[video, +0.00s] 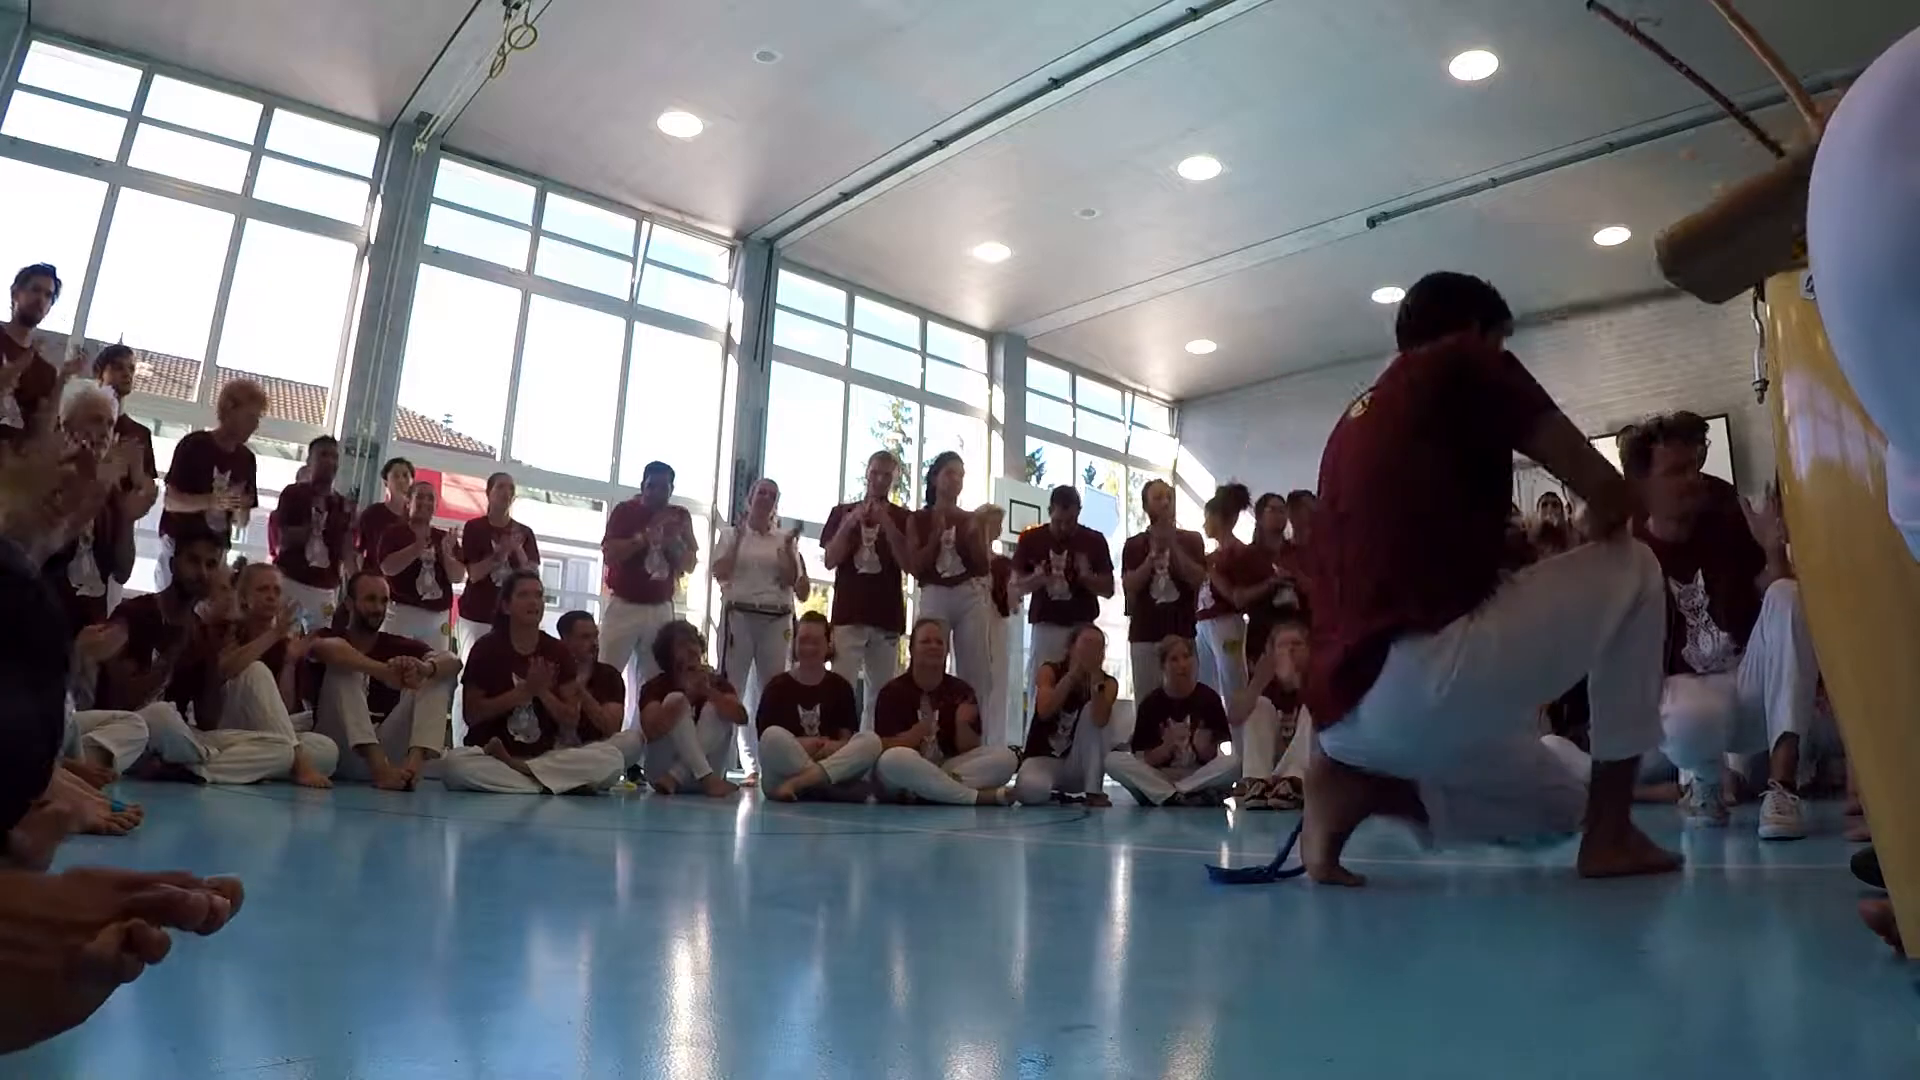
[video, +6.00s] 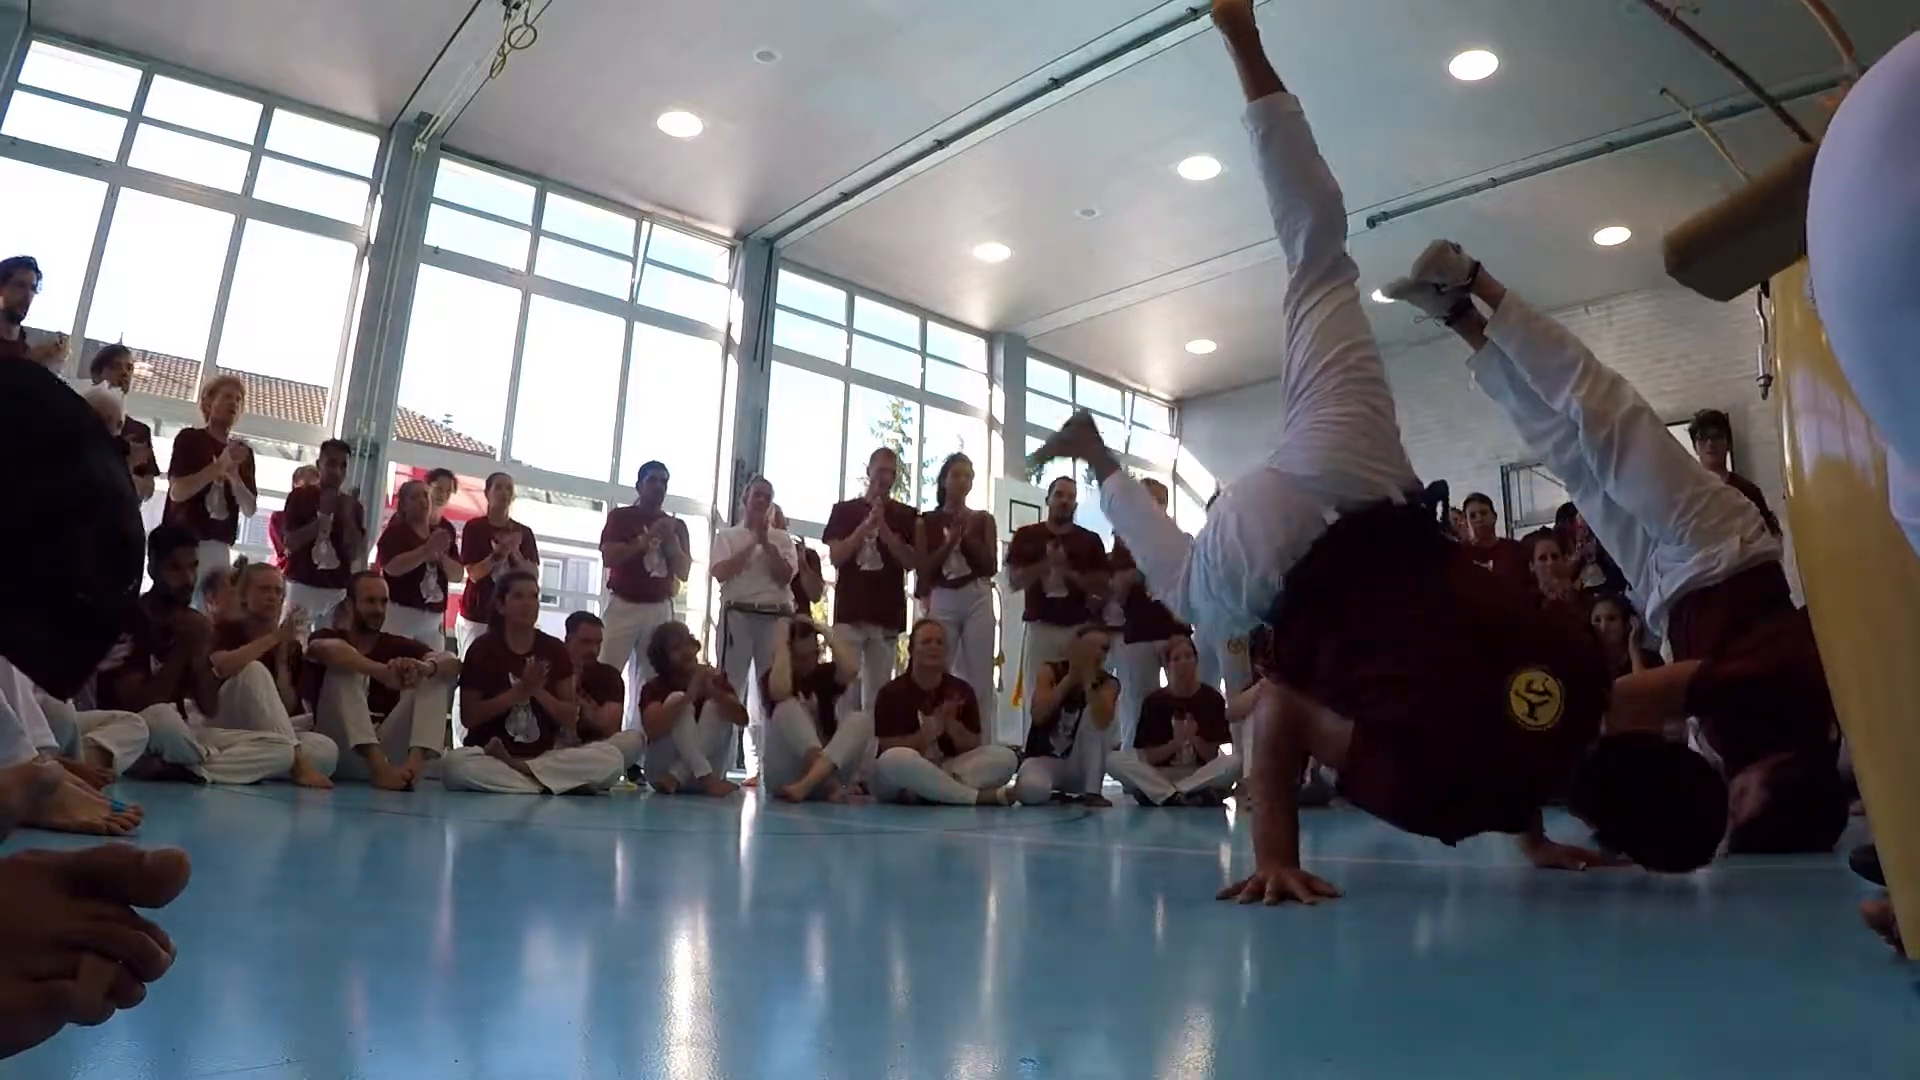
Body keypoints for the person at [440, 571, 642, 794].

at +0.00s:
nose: (534, 602)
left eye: (539, 596)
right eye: (524, 596)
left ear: (545, 603)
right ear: (506, 605)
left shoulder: (558, 650)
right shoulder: (485, 648)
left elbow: (571, 718)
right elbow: (472, 714)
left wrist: (542, 691)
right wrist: (525, 691)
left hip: (547, 756)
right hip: (489, 755)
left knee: (612, 759)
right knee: (453, 765)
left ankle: (523, 766)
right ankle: (549, 786)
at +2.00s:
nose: (531, 601)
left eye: (536, 594)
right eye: (521, 594)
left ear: (542, 602)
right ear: (503, 604)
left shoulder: (558, 648)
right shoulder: (483, 647)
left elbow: (572, 717)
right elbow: (470, 714)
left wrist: (539, 689)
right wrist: (522, 690)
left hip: (545, 756)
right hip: (489, 755)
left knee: (612, 758)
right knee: (455, 766)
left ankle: (523, 766)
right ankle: (549, 786)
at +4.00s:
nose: (531, 602)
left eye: (535, 595)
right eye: (521, 595)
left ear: (541, 602)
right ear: (501, 604)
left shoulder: (556, 649)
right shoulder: (482, 648)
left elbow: (571, 717)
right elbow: (470, 715)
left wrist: (538, 690)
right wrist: (520, 691)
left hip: (546, 755)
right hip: (489, 754)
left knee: (612, 759)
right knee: (454, 765)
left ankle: (524, 766)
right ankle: (549, 786)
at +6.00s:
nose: (529, 603)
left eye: (534, 597)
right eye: (519, 597)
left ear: (540, 603)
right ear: (500, 605)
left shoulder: (556, 649)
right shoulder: (481, 648)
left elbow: (570, 718)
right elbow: (469, 717)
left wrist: (536, 691)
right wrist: (521, 690)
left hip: (546, 756)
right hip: (489, 755)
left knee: (612, 759)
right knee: (455, 766)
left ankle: (522, 766)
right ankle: (548, 786)